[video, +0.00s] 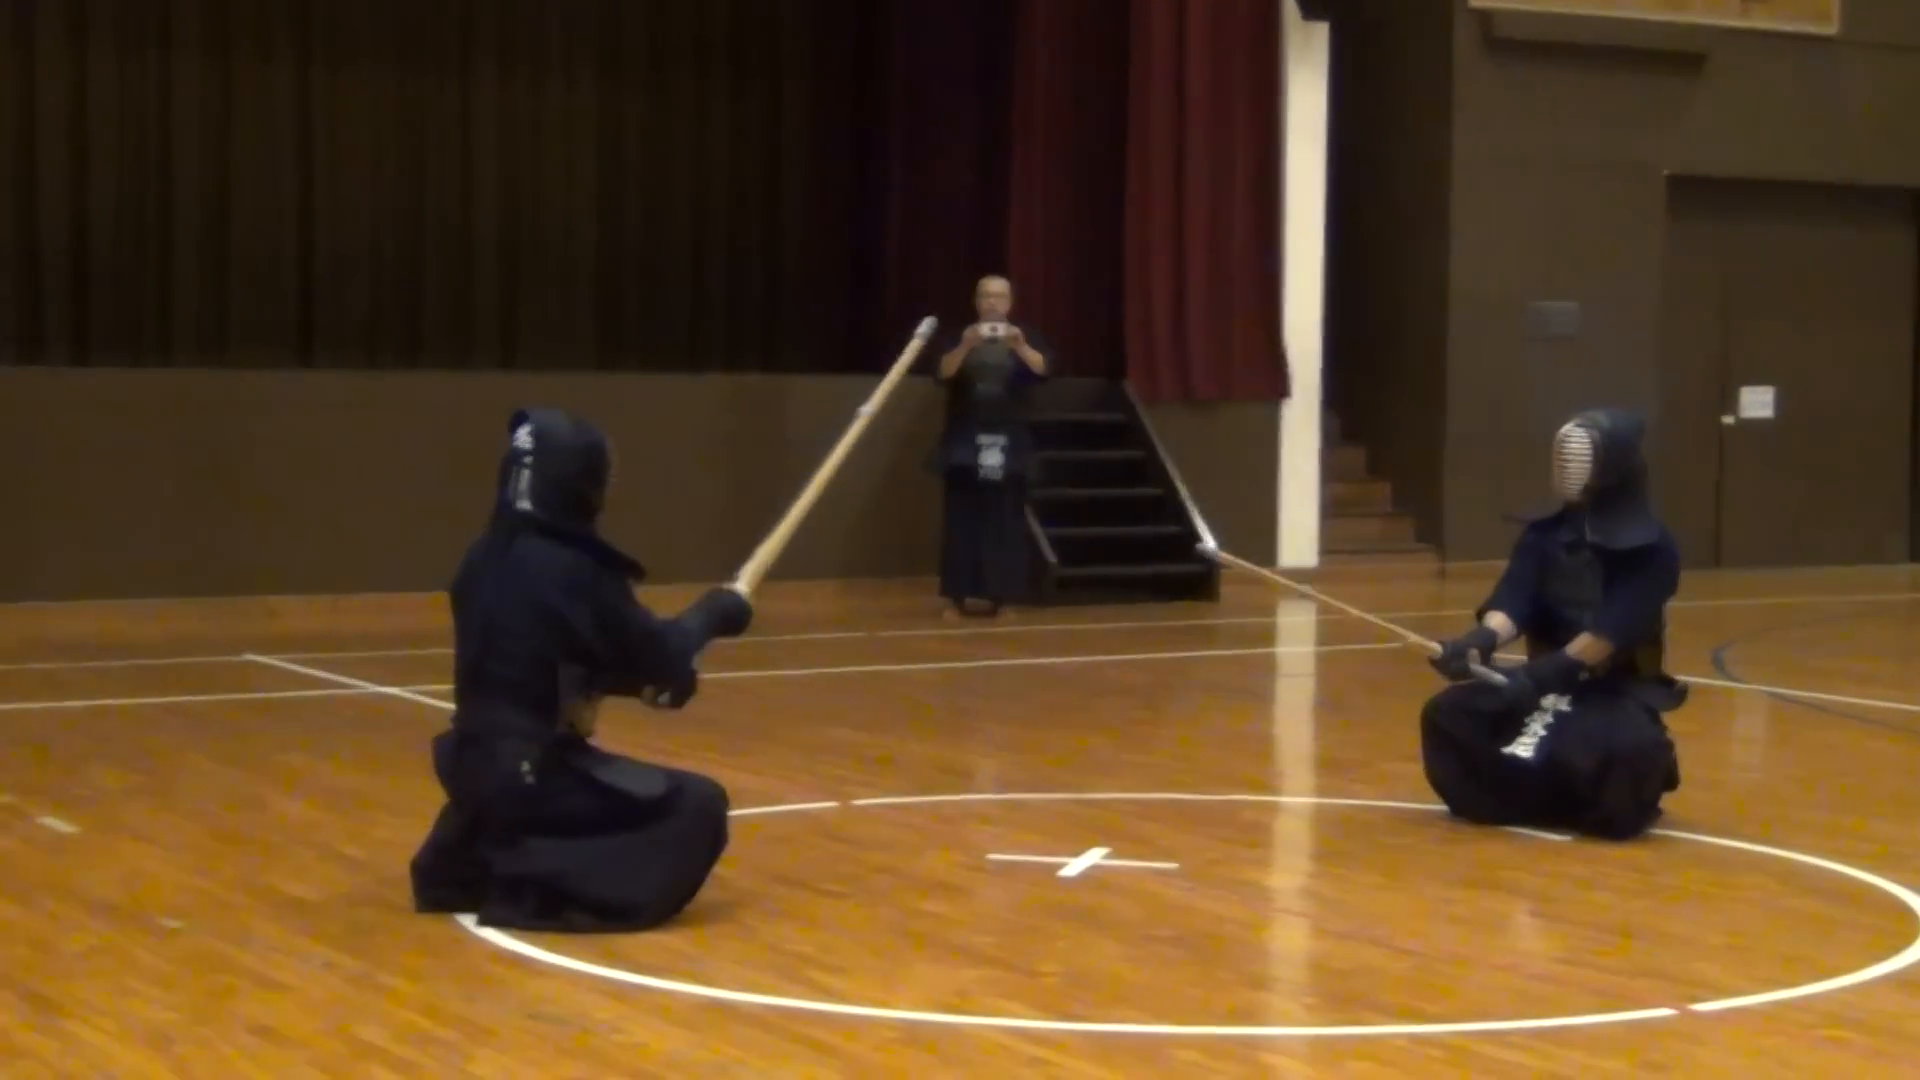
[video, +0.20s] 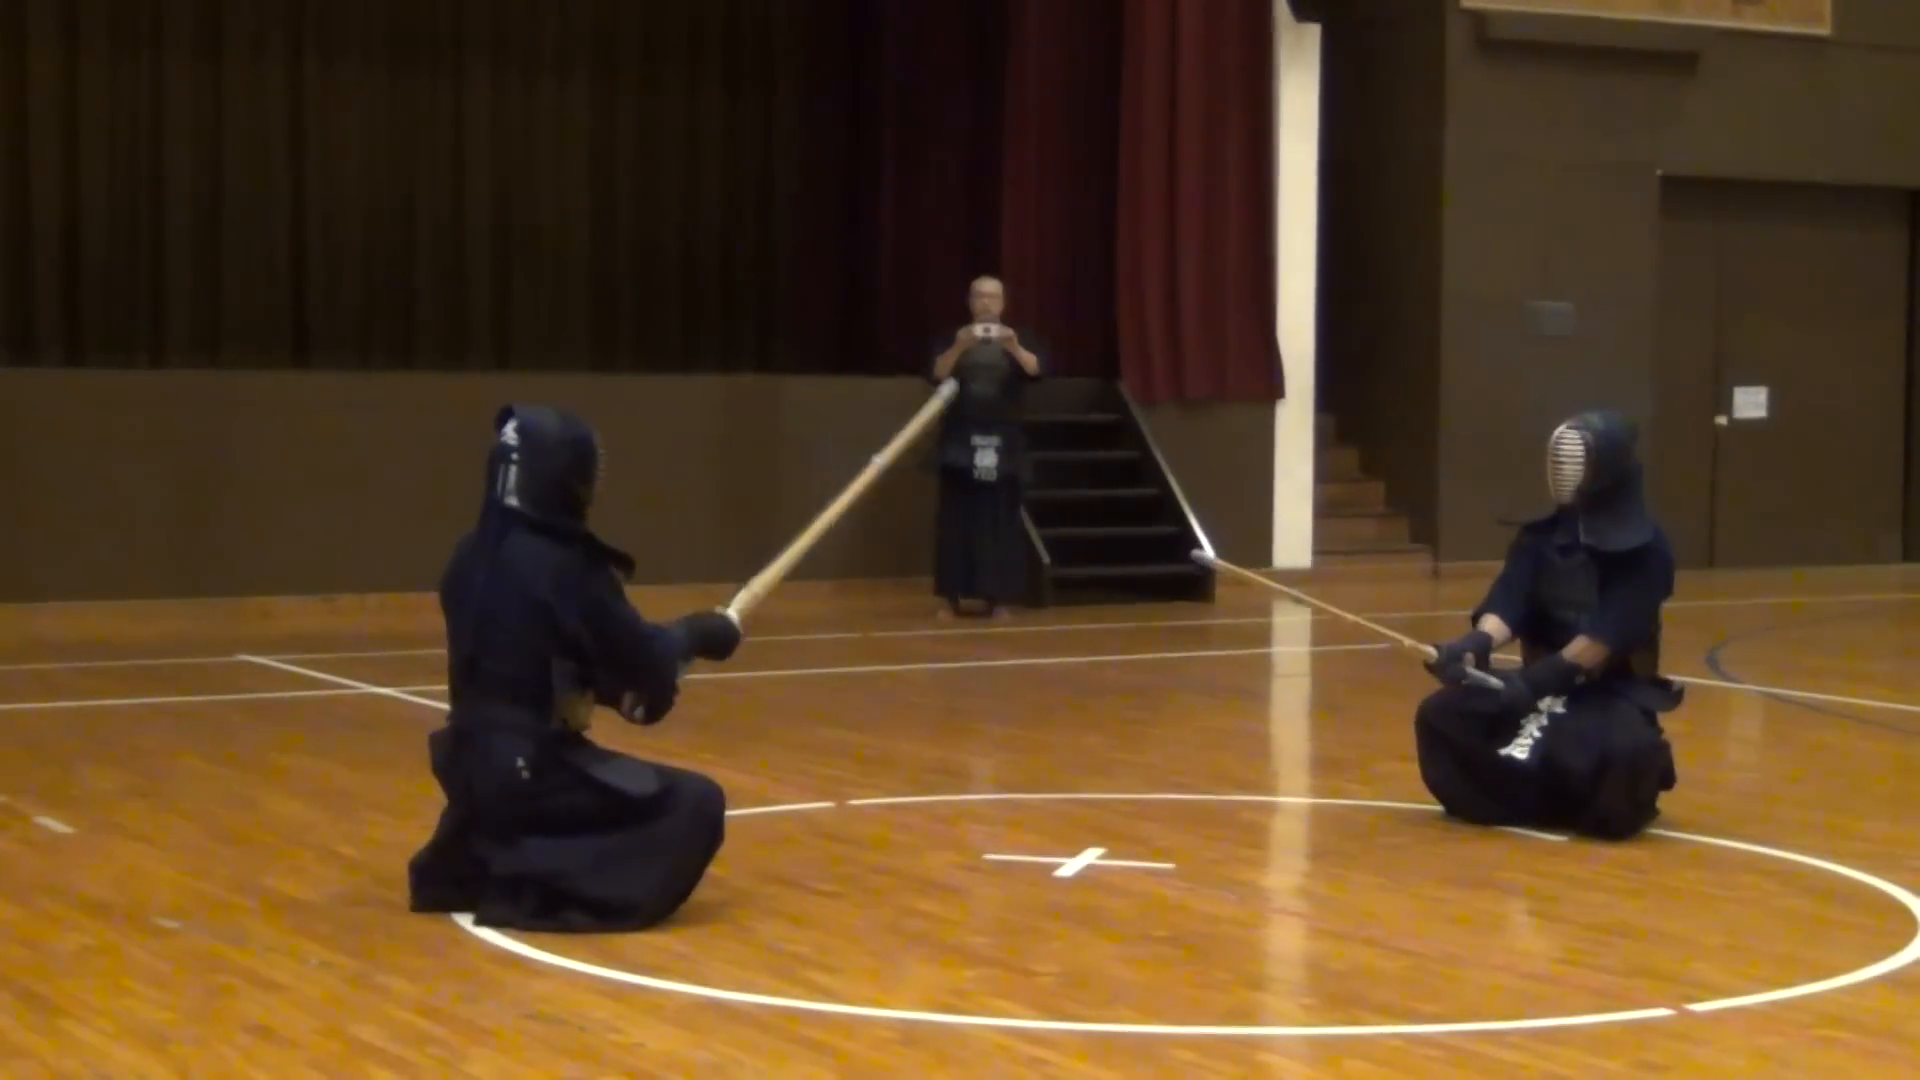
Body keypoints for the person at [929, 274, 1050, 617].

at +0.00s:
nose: (993, 303)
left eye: (1000, 297)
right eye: (987, 297)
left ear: (1010, 302)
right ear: (977, 301)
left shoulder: (1022, 339)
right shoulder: (963, 339)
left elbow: (1043, 369)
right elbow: (943, 372)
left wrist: (1018, 345)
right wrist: (967, 345)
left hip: (1007, 435)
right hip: (966, 434)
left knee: (1004, 512)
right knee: (962, 512)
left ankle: (1002, 596)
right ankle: (956, 593)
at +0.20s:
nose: (986, 303)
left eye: (993, 297)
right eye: (980, 297)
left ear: (1003, 302)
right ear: (970, 301)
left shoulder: (1018, 340)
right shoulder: (957, 339)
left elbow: (1037, 371)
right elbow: (937, 374)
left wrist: (1012, 346)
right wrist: (962, 345)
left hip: (1002, 435)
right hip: (961, 434)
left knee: (1000, 513)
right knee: (956, 512)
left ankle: (999, 598)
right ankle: (950, 595)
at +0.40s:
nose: (985, 299)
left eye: (992, 294)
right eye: (979, 293)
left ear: (1003, 298)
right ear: (969, 298)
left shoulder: (1016, 336)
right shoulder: (956, 335)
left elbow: (1035, 367)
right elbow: (937, 370)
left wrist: (1011, 343)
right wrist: (961, 343)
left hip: (1003, 434)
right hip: (960, 433)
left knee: (1000, 511)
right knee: (956, 511)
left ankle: (998, 593)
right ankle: (951, 591)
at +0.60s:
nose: (986, 303)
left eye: (993, 297)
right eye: (980, 297)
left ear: (1003, 302)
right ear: (970, 301)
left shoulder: (1015, 340)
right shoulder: (955, 338)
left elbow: (1035, 370)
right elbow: (936, 373)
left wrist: (1012, 347)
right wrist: (960, 345)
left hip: (1002, 436)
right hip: (960, 435)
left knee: (999, 512)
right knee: (956, 511)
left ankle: (995, 593)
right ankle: (951, 592)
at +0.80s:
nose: (986, 304)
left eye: (993, 298)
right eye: (980, 298)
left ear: (1003, 303)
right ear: (970, 302)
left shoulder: (1015, 340)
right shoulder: (955, 340)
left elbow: (1035, 371)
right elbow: (936, 374)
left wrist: (1012, 348)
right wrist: (960, 346)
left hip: (1002, 437)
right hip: (961, 437)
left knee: (999, 512)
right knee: (957, 512)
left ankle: (997, 594)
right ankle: (953, 594)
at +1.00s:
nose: (986, 304)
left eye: (992, 298)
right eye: (980, 298)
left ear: (1002, 302)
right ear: (970, 302)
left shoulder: (1016, 341)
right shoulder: (957, 340)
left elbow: (1035, 371)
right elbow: (937, 374)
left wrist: (1011, 347)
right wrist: (960, 346)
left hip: (1002, 437)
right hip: (961, 436)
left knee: (999, 513)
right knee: (957, 512)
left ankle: (997, 595)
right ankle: (950, 593)